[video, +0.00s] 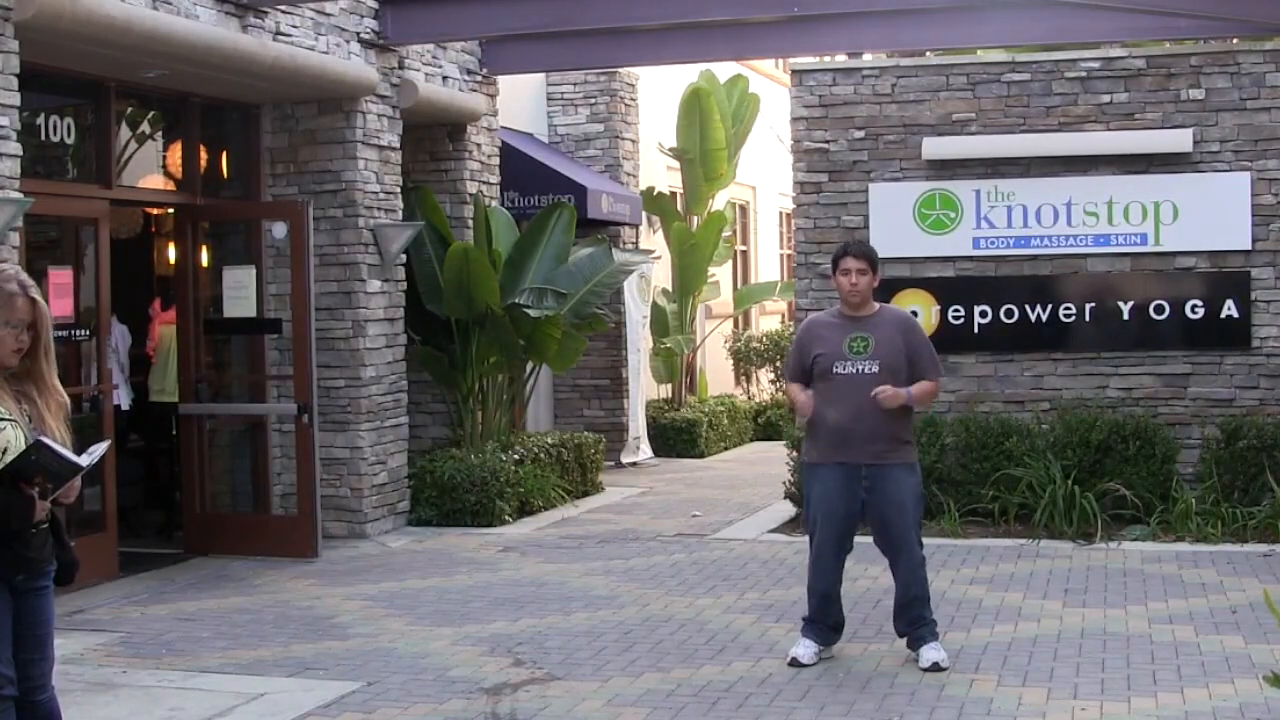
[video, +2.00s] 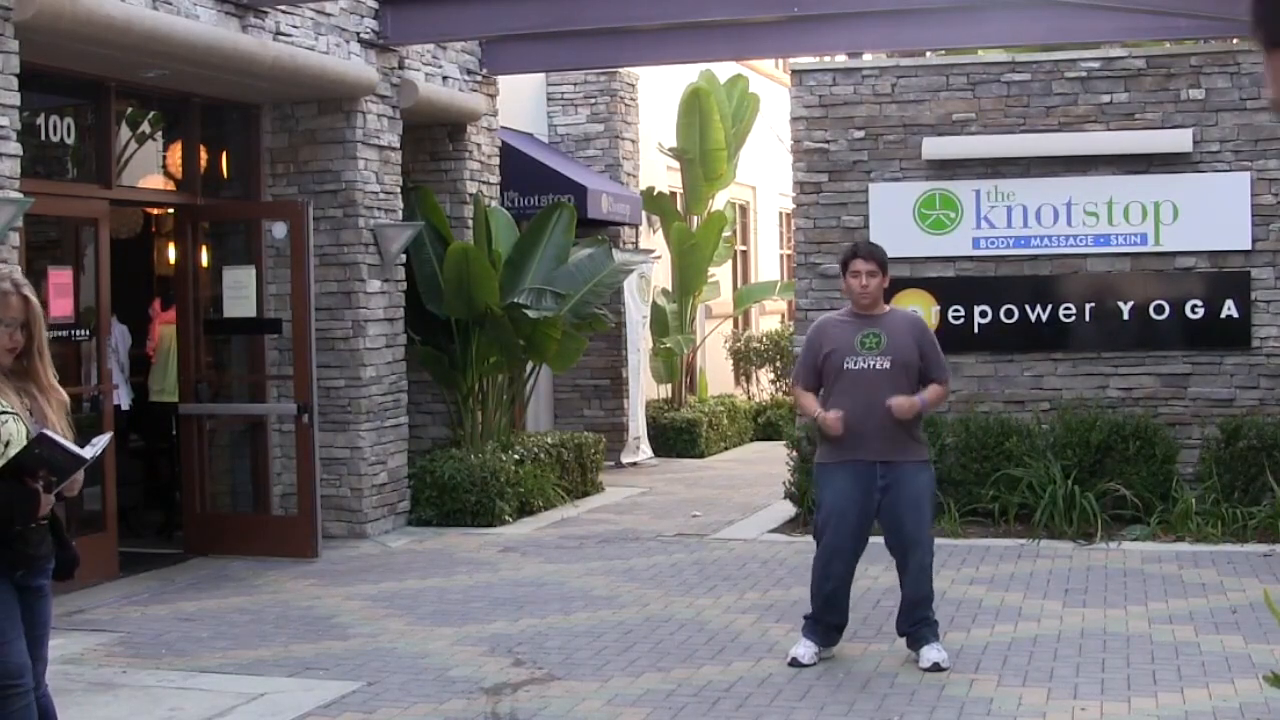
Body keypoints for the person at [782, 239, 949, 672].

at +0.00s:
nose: (853, 280)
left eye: (861, 273)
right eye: (845, 273)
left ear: (875, 278)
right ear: (834, 279)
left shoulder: (902, 323)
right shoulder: (812, 329)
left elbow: (931, 384)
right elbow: (793, 380)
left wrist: (904, 395)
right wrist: (800, 397)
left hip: (893, 461)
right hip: (828, 461)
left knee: (906, 549)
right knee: (824, 549)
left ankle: (923, 636)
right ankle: (817, 634)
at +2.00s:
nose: (862, 283)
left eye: (870, 275)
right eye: (854, 275)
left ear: (885, 279)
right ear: (843, 281)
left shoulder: (913, 325)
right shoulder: (823, 330)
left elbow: (940, 385)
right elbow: (802, 388)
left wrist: (917, 402)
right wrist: (819, 413)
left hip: (906, 460)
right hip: (842, 461)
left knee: (917, 550)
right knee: (833, 550)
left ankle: (924, 637)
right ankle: (817, 635)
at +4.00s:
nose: (852, 279)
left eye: (860, 271)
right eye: (844, 271)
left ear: (874, 276)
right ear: (832, 278)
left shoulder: (901, 326)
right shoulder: (812, 329)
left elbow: (929, 385)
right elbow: (788, 387)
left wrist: (914, 402)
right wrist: (799, 401)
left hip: (889, 463)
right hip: (824, 462)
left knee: (902, 551)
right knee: (821, 551)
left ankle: (922, 637)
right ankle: (818, 633)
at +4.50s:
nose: (857, 279)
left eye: (865, 270)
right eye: (849, 271)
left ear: (880, 277)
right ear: (839, 277)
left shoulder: (900, 324)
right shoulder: (817, 328)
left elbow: (915, 383)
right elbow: (797, 392)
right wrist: (797, 448)